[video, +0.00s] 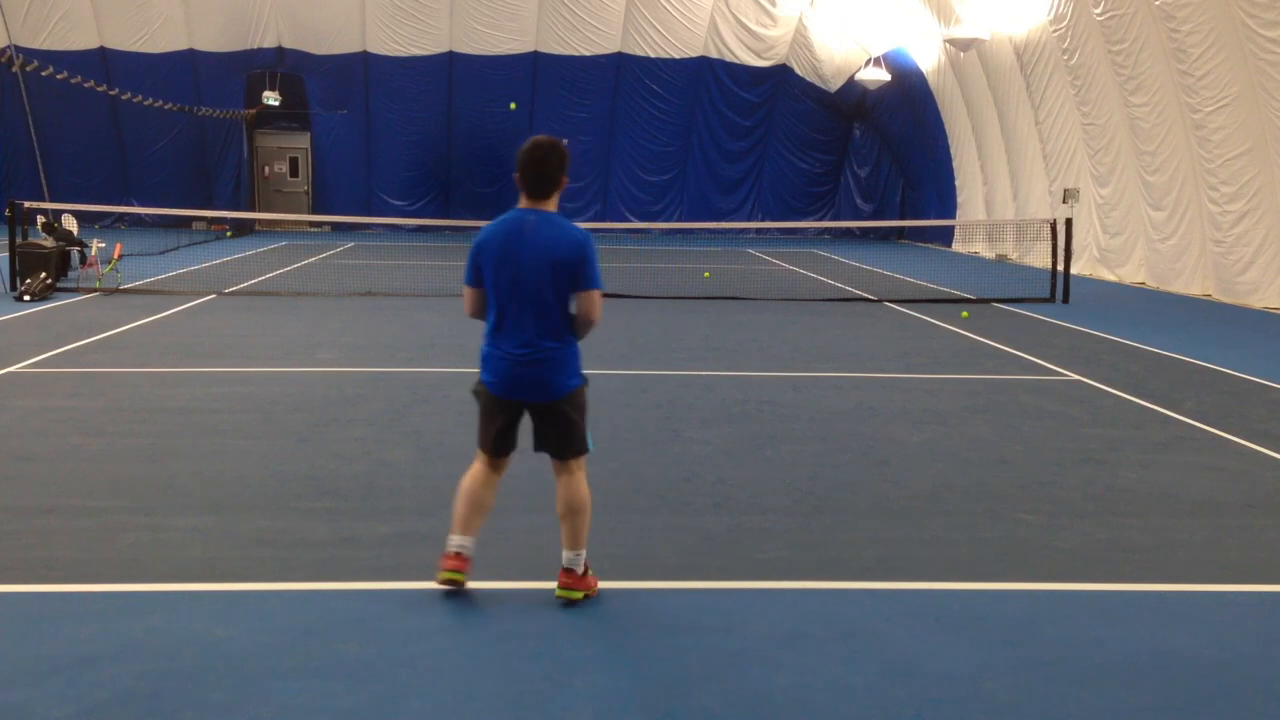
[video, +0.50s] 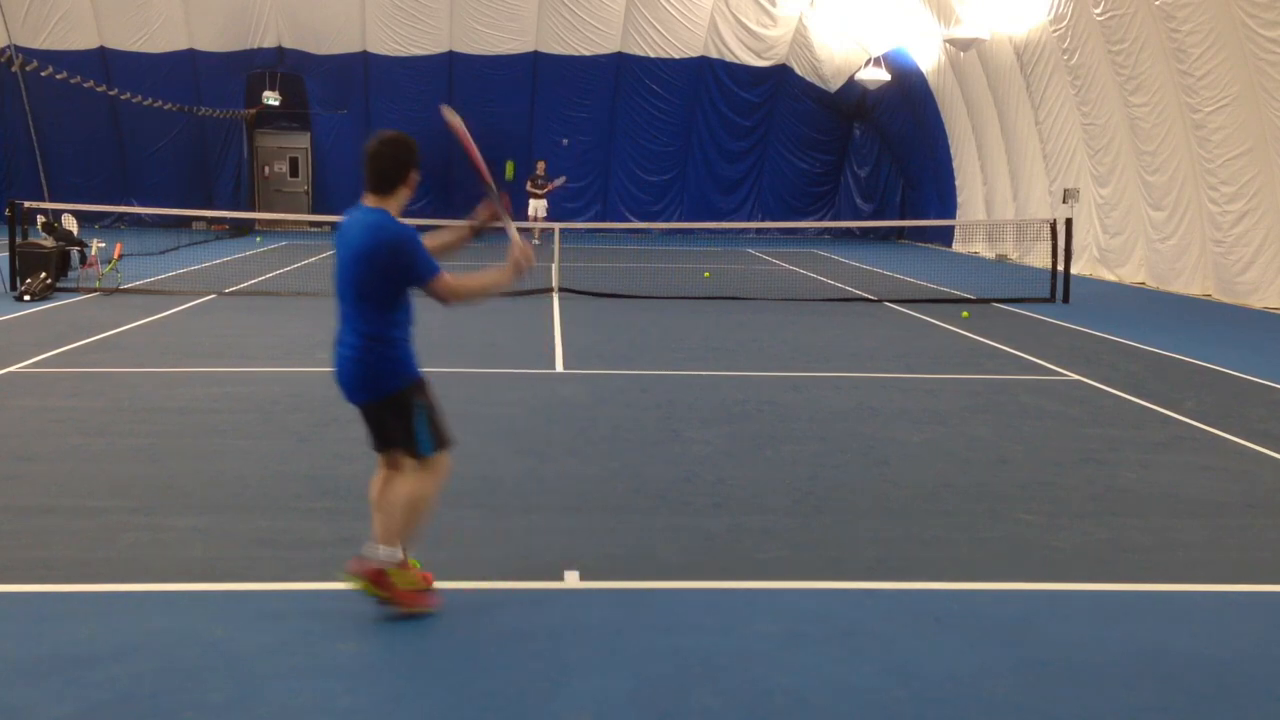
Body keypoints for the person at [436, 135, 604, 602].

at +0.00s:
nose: (563, 181)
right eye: (565, 176)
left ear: (518, 179)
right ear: (564, 184)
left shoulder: (490, 236)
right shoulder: (575, 240)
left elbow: (473, 306)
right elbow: (589, 314)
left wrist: (513, 307)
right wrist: (566, 332)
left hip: (499, 373)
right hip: (556, 377)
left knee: (488, 460)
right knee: (570, 468)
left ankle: (456, 556)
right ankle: (573, 571)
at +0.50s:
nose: (417, 180)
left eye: (413, 172)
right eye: (416, 173)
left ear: (369, 173)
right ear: (410, 179)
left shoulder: (352, 223)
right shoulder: (394, 236)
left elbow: (412, 250)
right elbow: (448, 290)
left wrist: (472, 226)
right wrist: (510, 270)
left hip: (356, 365)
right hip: (387, 370)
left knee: (394, 461)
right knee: (432, 460)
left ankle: (387, 564)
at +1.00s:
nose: (285, 193)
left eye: (283, 184)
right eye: (281, 184)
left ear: (240, 190)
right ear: (263, 191)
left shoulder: (234, 239)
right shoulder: (229, 245)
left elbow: (267, 278)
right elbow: (243, 296)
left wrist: (319, 284)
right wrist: (278, 299)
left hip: (220, 385)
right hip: (235, 389)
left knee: (222, 479)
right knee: (277, 483)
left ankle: (140, 563)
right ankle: (242, 596)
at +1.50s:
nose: (157, 185)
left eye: (156, 179)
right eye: (155, 179)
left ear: (98, 186)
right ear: (148, 185)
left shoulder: (76, 248)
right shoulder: (172, 233)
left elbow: (70, 322)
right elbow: (121, 251)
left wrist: (115, 292)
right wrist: (42, 248)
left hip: (97, 389)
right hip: (162, 390)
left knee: (74, 485)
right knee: (175, 488)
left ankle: (76, 591)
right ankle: (211, 577)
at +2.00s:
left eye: (164, 172)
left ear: (164, 177)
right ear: (216, 179)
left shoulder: (155, 232)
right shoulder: (238, 235)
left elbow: (154, 302)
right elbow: (243, 306)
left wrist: (129, 317)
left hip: (169, 379)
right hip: (223, 382)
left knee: (134, 473)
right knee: (187, 471)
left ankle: (143, 586)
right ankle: (192, 580)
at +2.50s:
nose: (380, 185)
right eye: (380, 179)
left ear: (333, 183)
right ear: (382, 185)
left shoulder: (307, 242)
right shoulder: (404, 245)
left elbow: (287, 317)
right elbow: (423, 319)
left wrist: (325, 327)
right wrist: (391, 336)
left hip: (323, 385)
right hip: (386, 388)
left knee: (289, 488)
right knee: (400, 485)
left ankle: (248, 592)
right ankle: (407, 591)